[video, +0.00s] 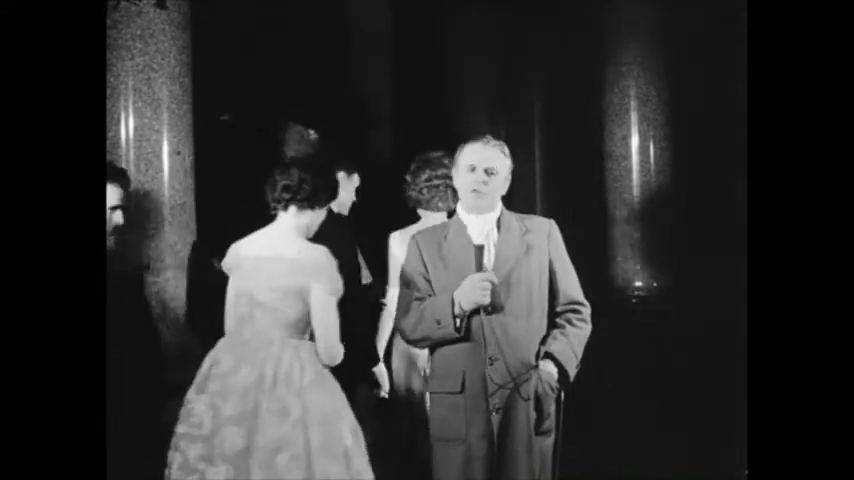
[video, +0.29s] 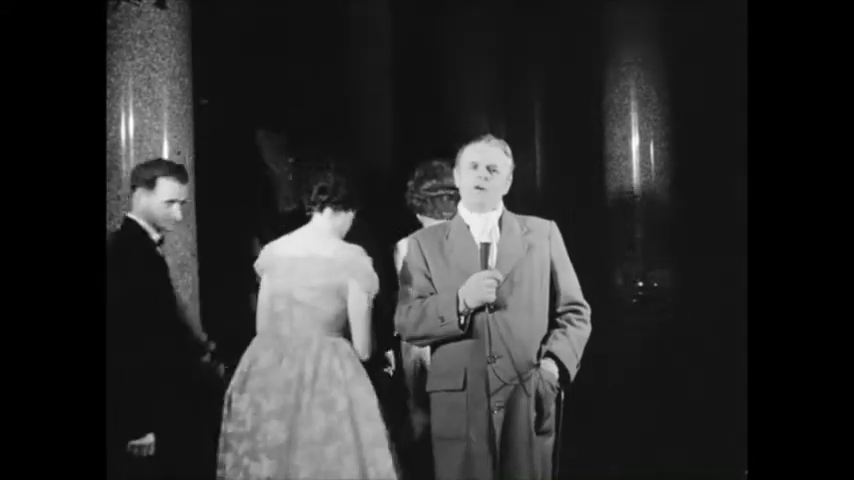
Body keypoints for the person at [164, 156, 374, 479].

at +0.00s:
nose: (325, 218)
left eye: (326, 209)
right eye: (324, 209)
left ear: (279, 201)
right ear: (313, 207)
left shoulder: (240, 249)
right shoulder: (317, 259)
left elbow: (230, 327)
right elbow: (331, 353)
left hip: (236, 371)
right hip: (291, 377)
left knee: (232, 468)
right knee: (294, 468)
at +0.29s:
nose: (352, 220)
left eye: (353, 211)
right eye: (352, 211)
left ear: (311, 204)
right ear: (346, 209)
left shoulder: (273, 252)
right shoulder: (353, 259)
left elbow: (262, 326)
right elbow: (363, 349)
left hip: (271, 370)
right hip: (327, 374)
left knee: (267, 467)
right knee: (330, 467)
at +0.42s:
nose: (363, 216)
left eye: (363, 207)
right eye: (361, 208)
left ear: (321, 205)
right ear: (351, 210)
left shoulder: (285, 255)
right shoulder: (365, 258)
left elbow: (276, 330)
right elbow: (376, 346)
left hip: (287, 374)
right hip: (342, 377)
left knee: (285, 469)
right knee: (343, 468)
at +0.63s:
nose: (381, 218)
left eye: (382, 210)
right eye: (381, 210)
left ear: (340, 204)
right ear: (371, 209)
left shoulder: (309, 251)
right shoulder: (383, 250)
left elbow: (301, 326)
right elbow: (398, 329)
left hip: (317, 359)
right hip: (369, 363)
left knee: (315, 458)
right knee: (371, 458)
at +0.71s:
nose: (387, 217)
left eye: (387, 209)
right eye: (385, 209)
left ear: (350, 203)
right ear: (372, 205)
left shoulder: (317, 247)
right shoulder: (391, 245)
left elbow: (307, 317)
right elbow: (404, 311)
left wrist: (317, 359)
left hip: (326, 353)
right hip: (377, 353)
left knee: (321, 452)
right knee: (379, 452)